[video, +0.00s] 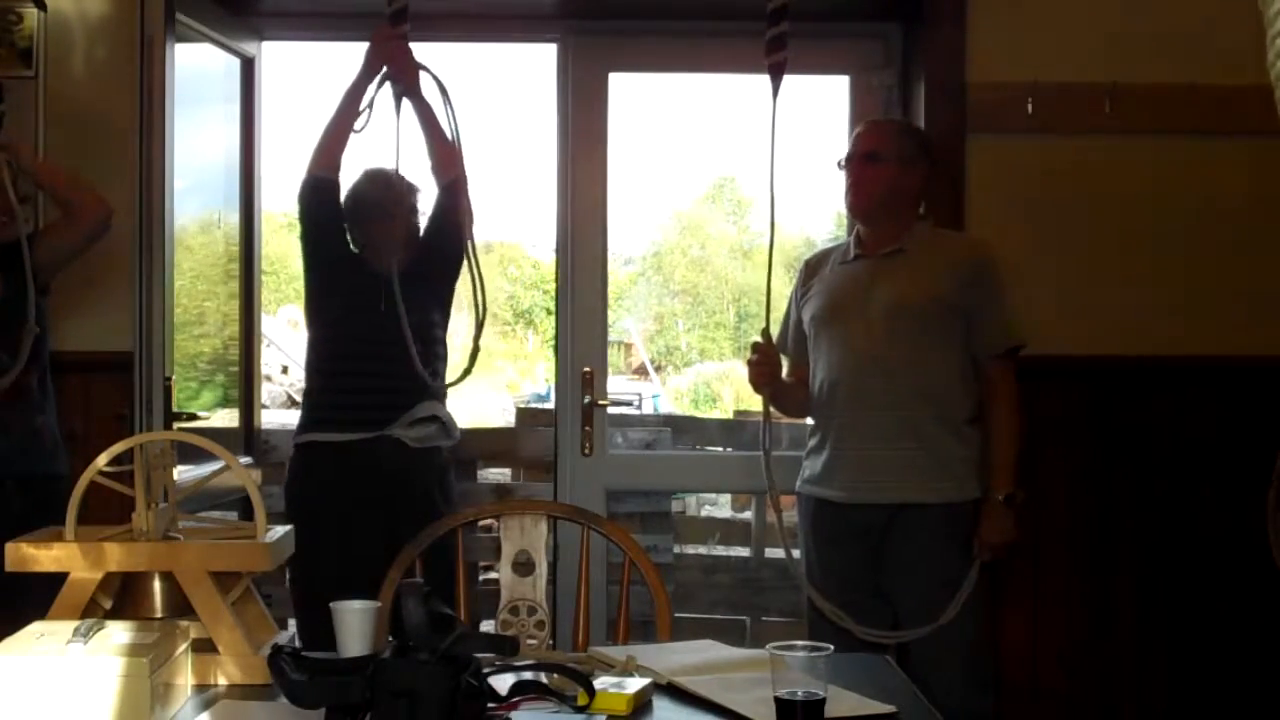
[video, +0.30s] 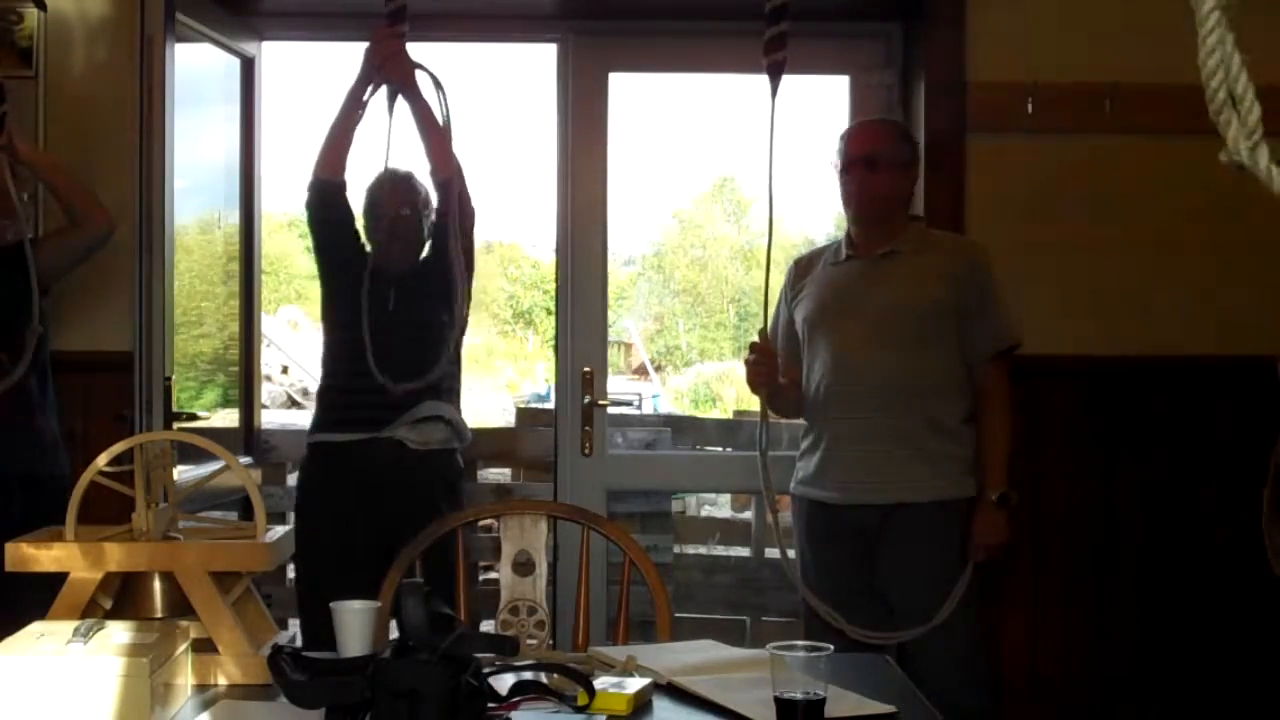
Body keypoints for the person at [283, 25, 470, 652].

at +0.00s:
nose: (407, 216)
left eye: (407, 207)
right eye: (393, 205)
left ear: (415, 222)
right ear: (357, 223)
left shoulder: (432, 277)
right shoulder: (331, 271)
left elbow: (453, 180)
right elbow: (322, 171)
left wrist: (414, 91)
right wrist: (368, 72)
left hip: (416, 457)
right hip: (330, 458)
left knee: (425, 614)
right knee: (331, 620)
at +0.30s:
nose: (398, 215)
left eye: (410, 206)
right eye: (386, 206)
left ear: (428, 220)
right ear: (366, 223)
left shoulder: (446, 279)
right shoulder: (346, 274)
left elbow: (449, 182)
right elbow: (324, 185)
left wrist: (410, 87)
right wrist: (363, 85)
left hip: (426, 464)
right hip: (340, 463)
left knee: (429, 630)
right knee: (334, 640)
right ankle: (343, 708)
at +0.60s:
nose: (421, 210)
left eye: (432, 203)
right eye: (408, 203)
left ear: (449, 220)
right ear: (388, 223)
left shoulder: (471, 279)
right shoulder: (370, 277)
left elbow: (461, 184)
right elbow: (335, 195)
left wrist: (422, 91)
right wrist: (367, 96)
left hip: (451, 468)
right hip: (366, 467)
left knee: (456, 632)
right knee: (352, 634)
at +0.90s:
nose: (433, 214)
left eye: (442, 204)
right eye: (418, 205)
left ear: (460, 217)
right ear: (398, 224)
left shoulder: (484, 278)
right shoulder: (383, 279)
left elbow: (471, 182)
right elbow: (338, 204)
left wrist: (431, 92)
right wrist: (363, 105)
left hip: (466, 469)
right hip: (382, 467)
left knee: (463, 626)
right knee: (367, 624)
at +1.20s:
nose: (427, 211)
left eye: (437, 202)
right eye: (412, 203)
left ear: (454, 218)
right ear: (392, 224)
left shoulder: (477, 280)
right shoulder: (376, 280)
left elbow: (467, 183)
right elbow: (331, 202)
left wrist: (427, 93)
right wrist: (358, 104)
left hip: (458, 476)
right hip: (371, 474)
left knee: (460, 638)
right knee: (362, 640)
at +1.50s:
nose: (432, 210)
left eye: (442, 200)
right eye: (416, 201)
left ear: (455, 219)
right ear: (390, 222)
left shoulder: (473, 282)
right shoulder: (373, 281)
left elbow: (462, 183)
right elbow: (328, 200)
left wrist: (425, 93)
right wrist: (355, 108)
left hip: (451, 480)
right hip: (364, 480)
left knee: (455, 645)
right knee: (357, 649)